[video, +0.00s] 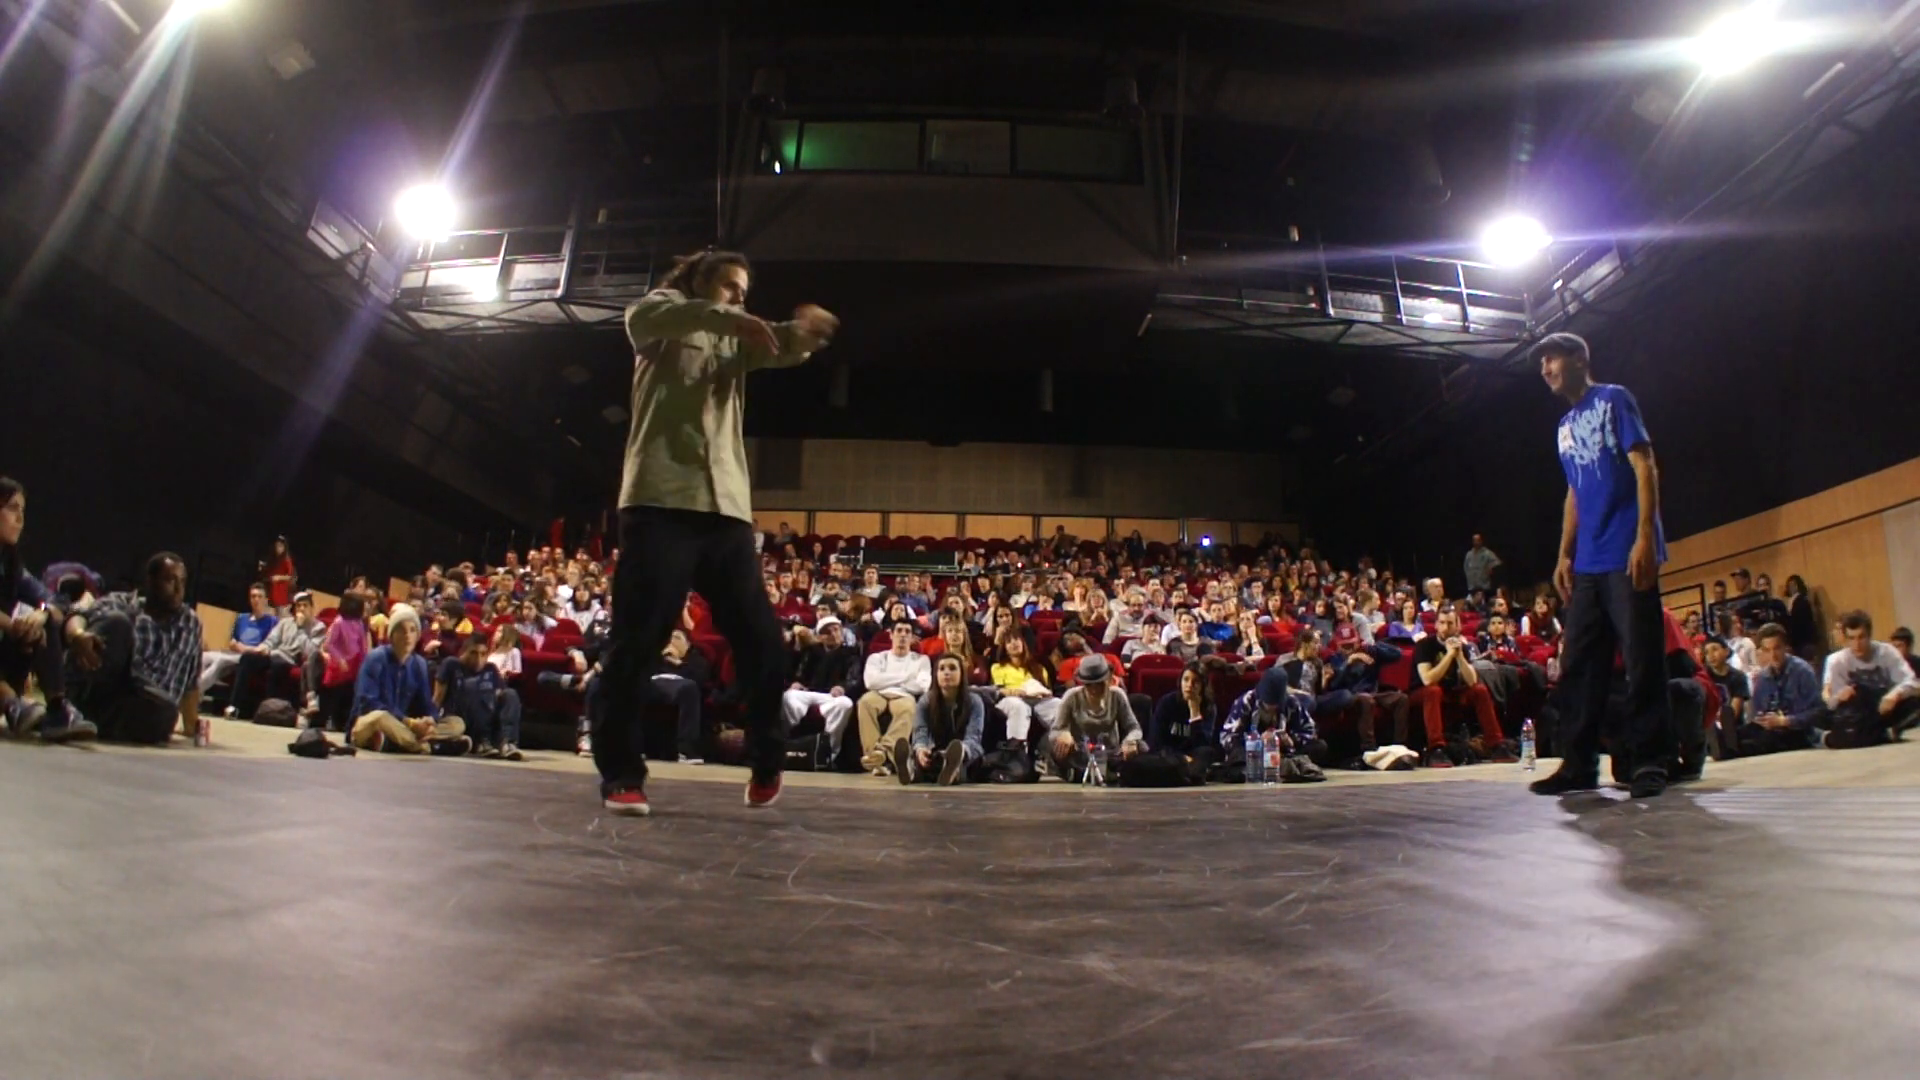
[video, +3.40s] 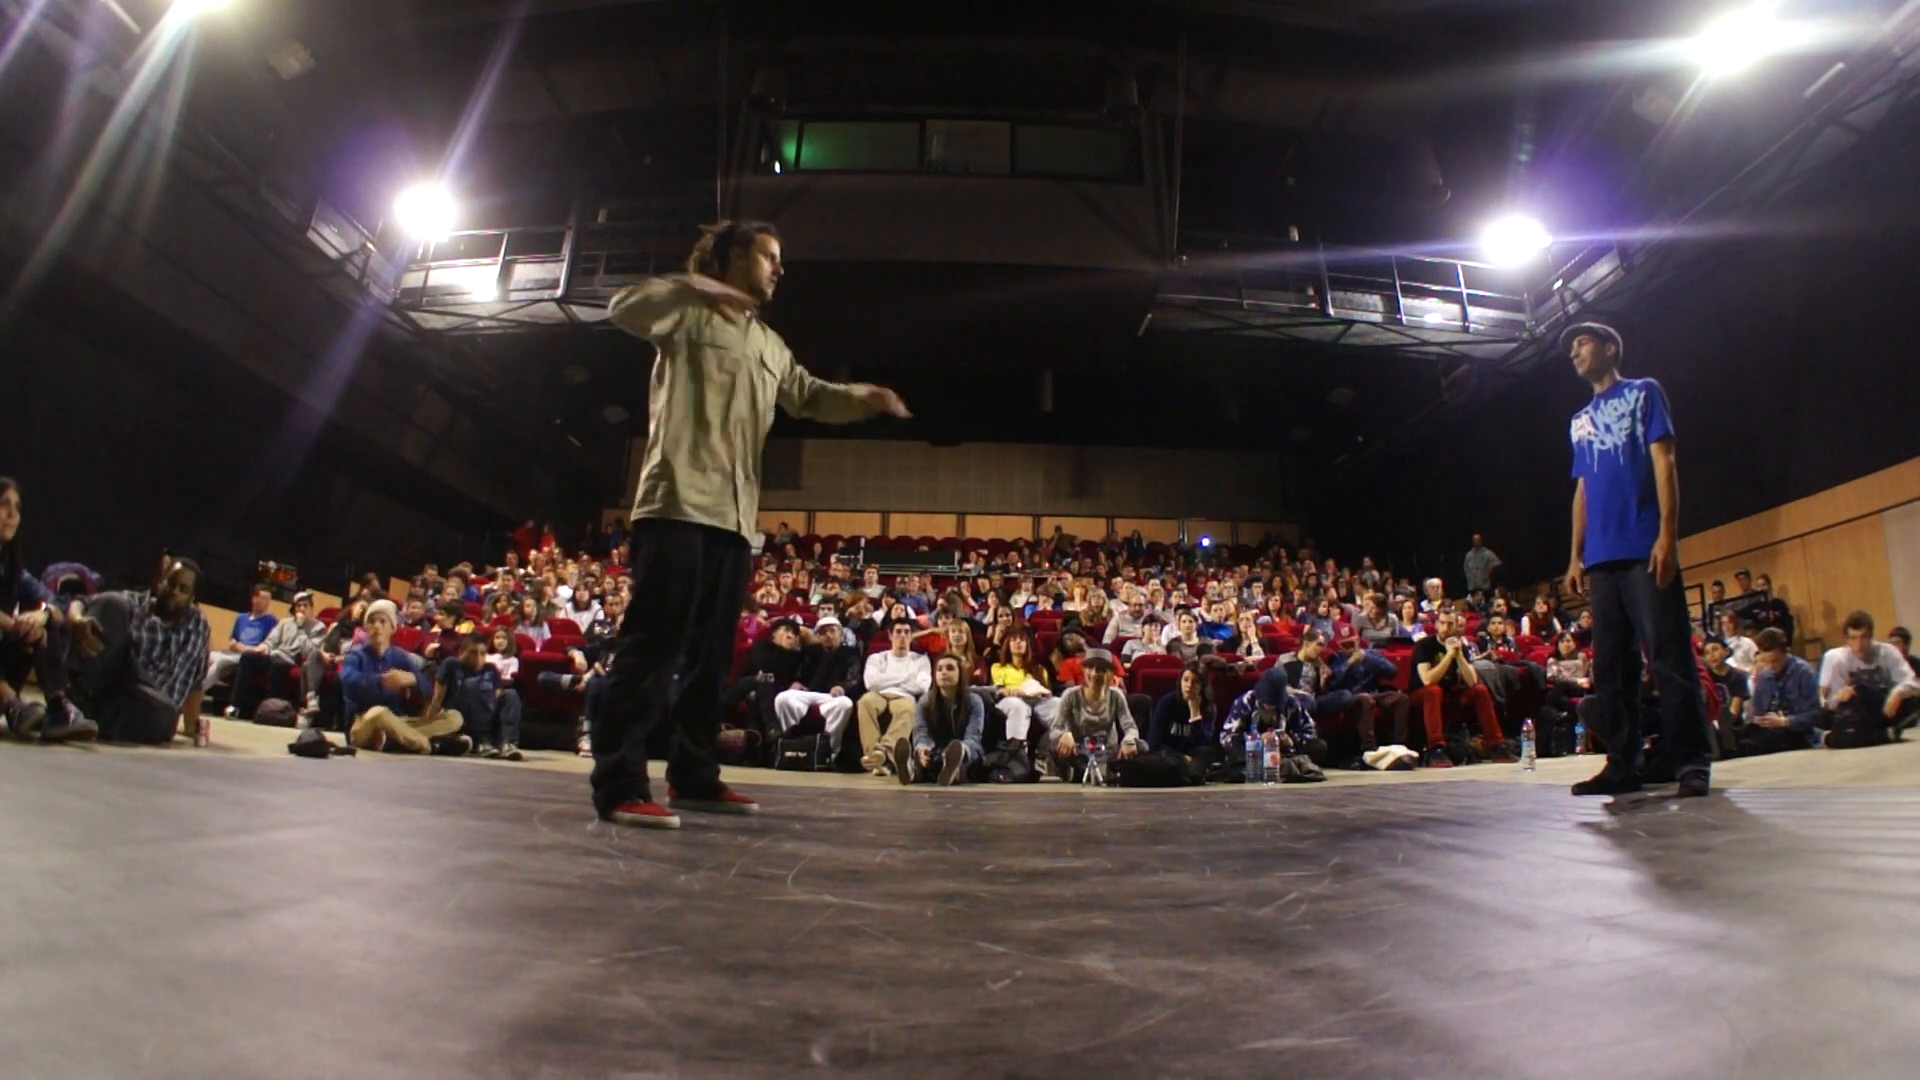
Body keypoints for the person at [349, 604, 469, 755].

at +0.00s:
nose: (408, 636)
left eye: (412, 630)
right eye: (401, 631)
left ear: (418, 635)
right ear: (391, 635)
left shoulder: (419, 664)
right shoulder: (376, 658)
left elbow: (425, 704)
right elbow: (367, 703)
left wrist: (430, 720)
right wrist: (407, 722)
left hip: (412, 725)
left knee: (457, 723)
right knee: (381, 717)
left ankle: (395, 744)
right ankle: (426, 748)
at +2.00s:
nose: (408, 637)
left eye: (413, 631)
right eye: (402, 631)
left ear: (418, 635)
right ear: (391, 635)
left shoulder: (419, 664)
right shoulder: (375, 660)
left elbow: (426, 704)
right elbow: (367, 704)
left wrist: (430, 720)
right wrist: (407, 722)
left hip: (412, 725)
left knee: (457, 723)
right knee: (381, 718)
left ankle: (394, 744)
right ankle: (425, 748)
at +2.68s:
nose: (400, 637)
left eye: (407, 632)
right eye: (396, 630)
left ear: (417, 638)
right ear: (390, 634)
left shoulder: (420, 665)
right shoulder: (373, 660)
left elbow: (420, 707)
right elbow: (364, 704)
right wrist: (406, 700)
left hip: (410, 724)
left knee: (456, 724)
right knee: (379, 718)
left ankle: (393, 744)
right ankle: (428, 747)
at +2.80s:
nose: (398, 637)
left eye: (405, 633)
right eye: (394, 631)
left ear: (415, 639)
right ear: (388, 633)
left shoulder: (419, 664)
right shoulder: (372, 660)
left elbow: (426, 706)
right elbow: (367, 705)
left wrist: (428, 720)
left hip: (404, 724)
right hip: (366, 725)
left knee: (457, 724)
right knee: (380, 717)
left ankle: (393, 744)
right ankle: (428, 747)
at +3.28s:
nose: (381, 629)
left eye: (387, 624)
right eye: (376, 624)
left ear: (398, 630)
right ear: (371, 630)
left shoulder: (408, 661)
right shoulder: (359, 659)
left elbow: (427, 700)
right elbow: (354, 696)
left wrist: (419, 702)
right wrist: (385, 675)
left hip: (402, 723)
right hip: (364, 727)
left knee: (456, 723)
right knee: (379, 716)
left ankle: (393, 743)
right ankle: (430, 748)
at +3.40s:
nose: (377, 626)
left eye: (382, 621)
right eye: (372, 622)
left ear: (393, 628)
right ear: (366, 627)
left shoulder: (400, 657)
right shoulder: (356, 655)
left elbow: (427, 690)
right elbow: (349, 679)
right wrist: (384, 681)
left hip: (401, 720)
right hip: (364, 725)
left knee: (455, 717)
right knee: (379, 713)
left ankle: (395, 742)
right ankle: (429, 747)